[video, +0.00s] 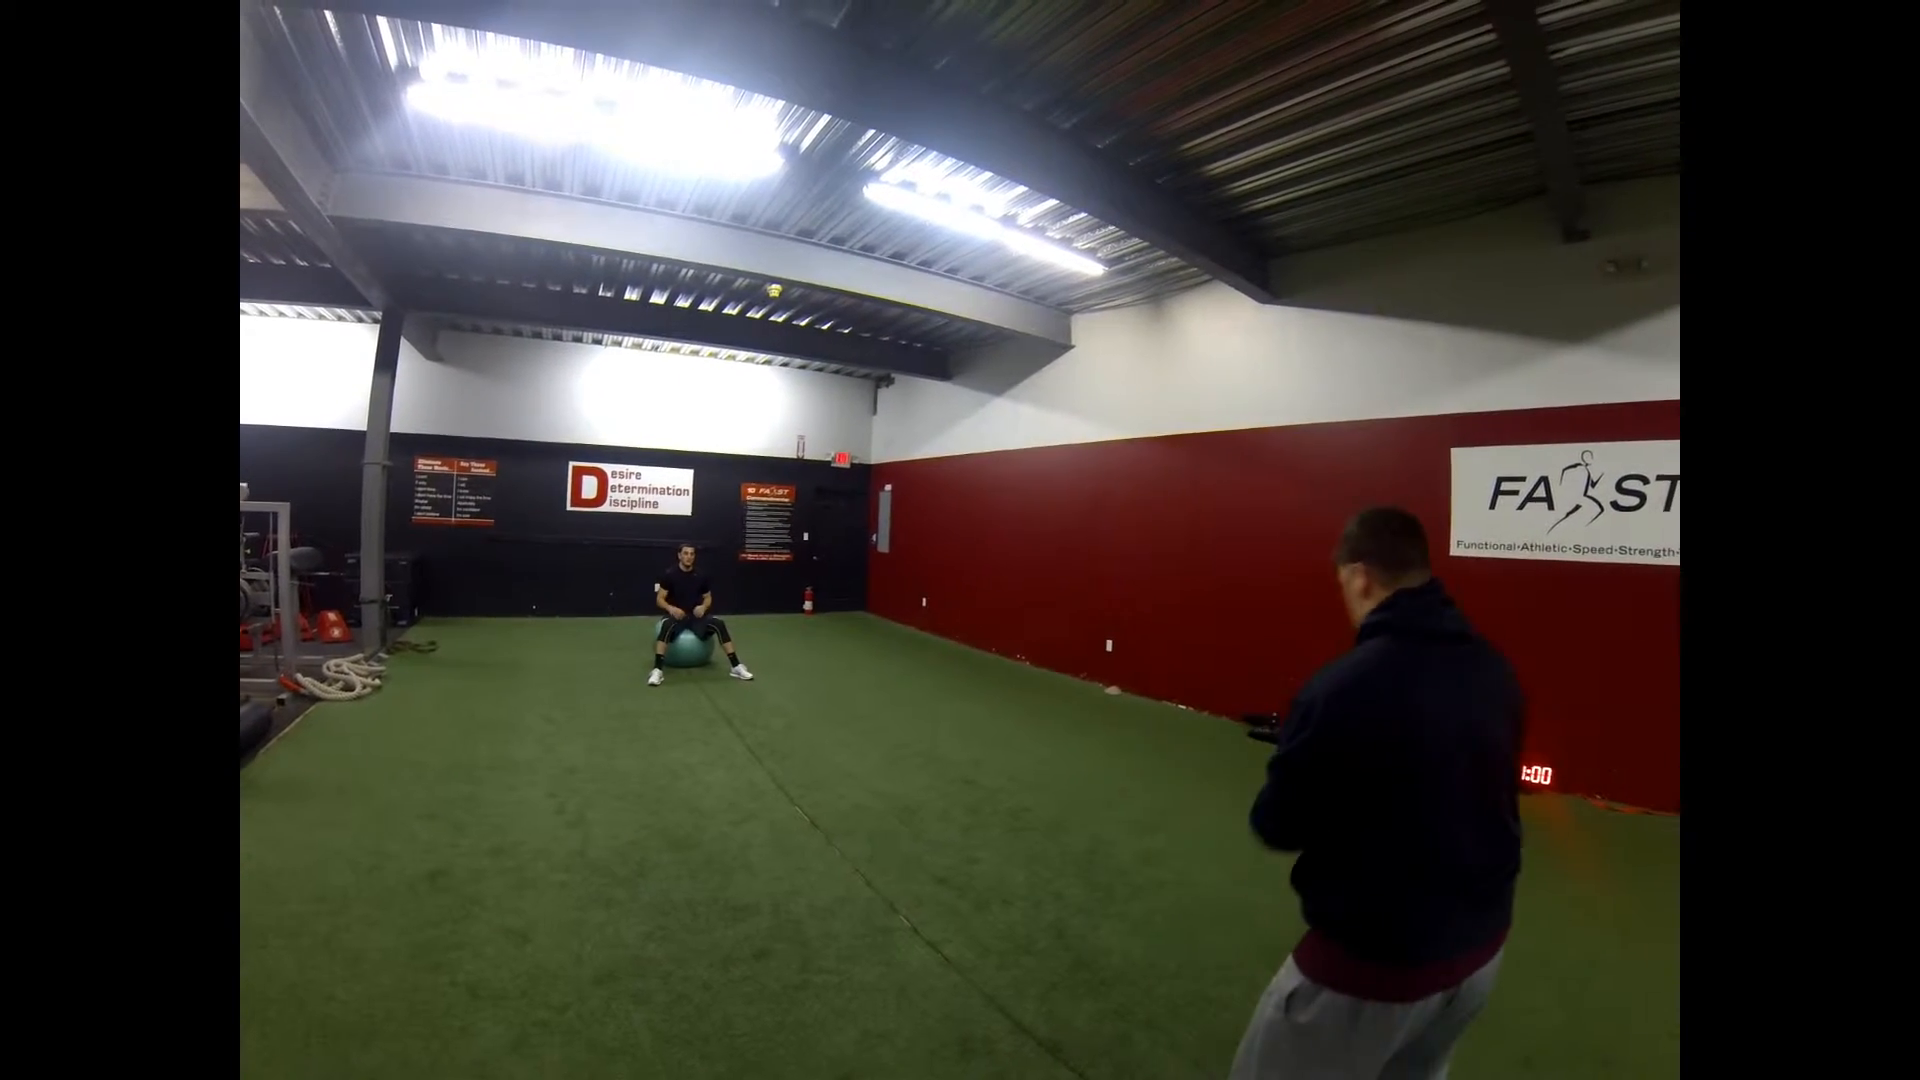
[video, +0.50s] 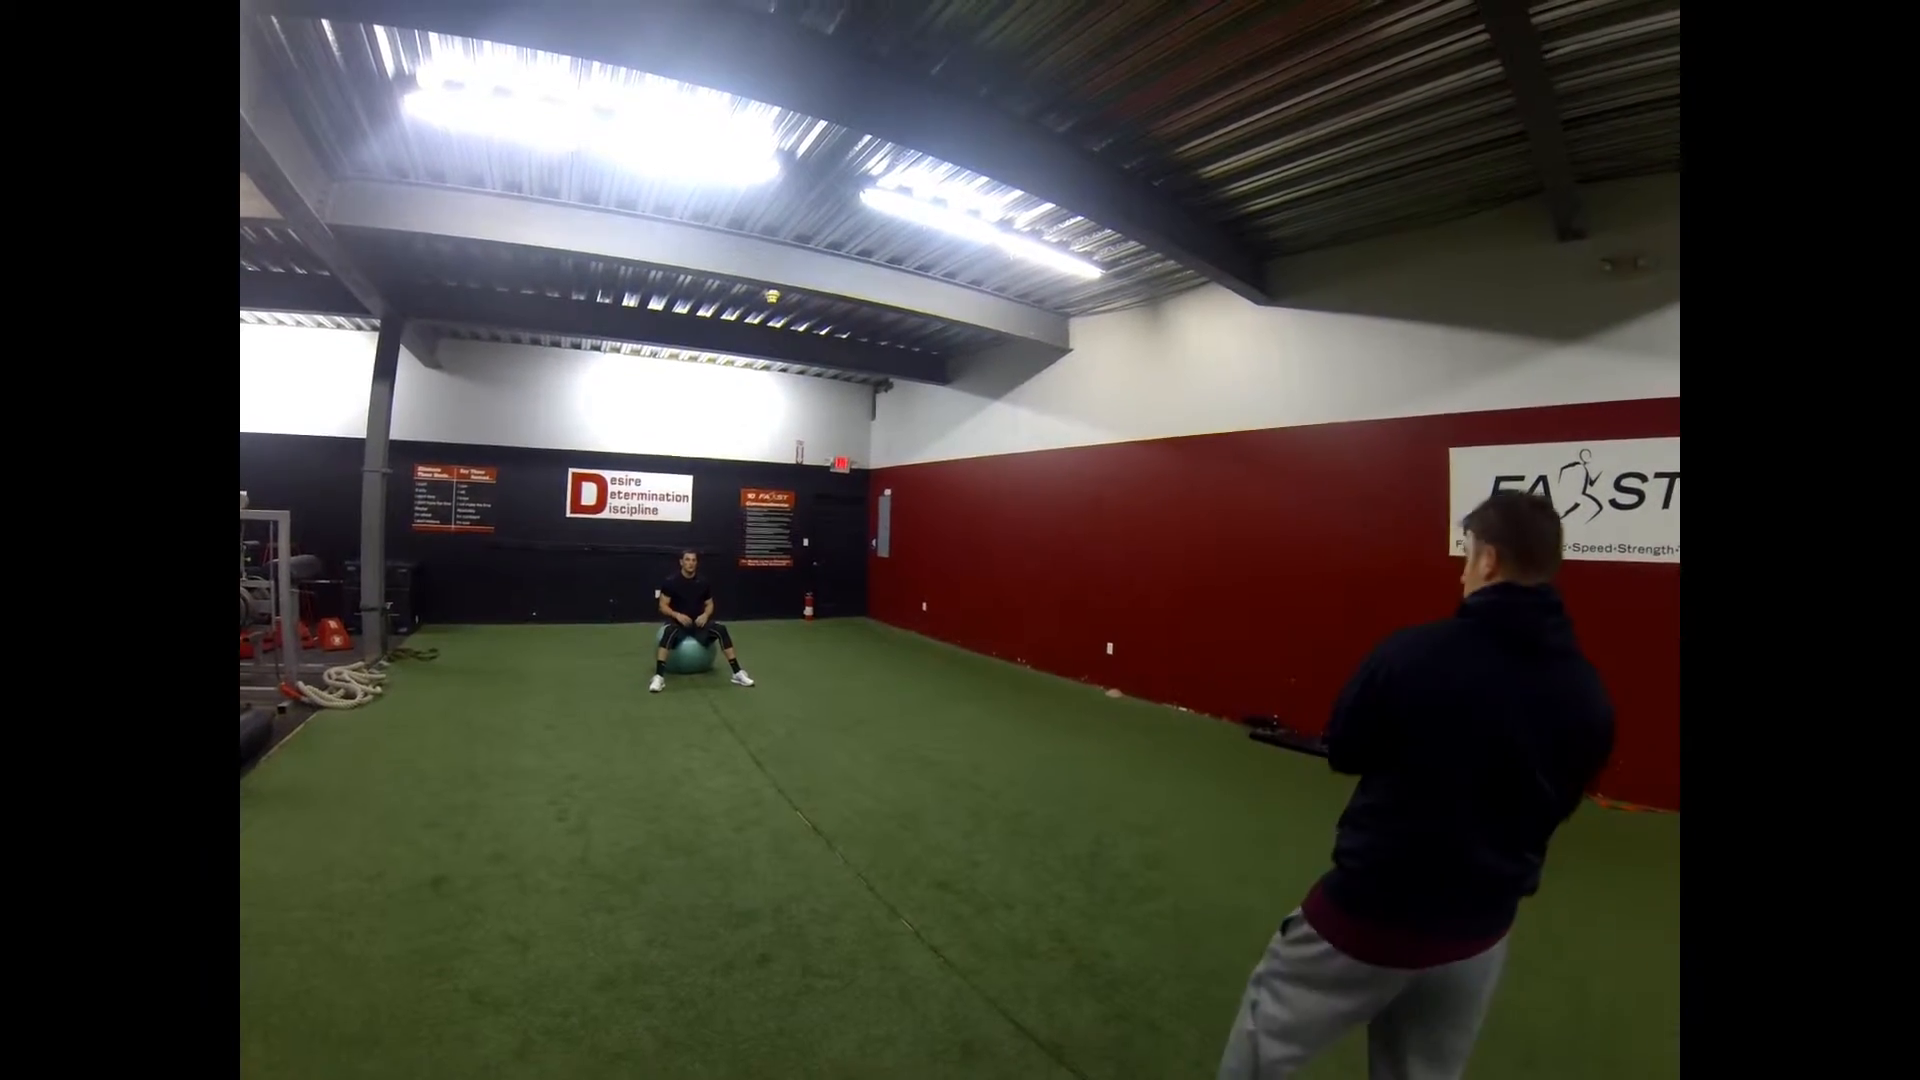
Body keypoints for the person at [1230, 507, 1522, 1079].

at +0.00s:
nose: (1342, 591)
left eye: (1342, 576)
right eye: (1341, 578)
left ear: (1360, 576)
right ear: (1424, 570)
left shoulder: (1343, 690)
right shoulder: (1490, 669)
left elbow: (1276, 823)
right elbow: (1482, 794)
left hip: (1359, 978)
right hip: (1471, 962)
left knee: (1267, 1070)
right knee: (1412, 1072)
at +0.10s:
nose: (1368, 583)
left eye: (1369, 569)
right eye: (1369, 569)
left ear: (1386, 568)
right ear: (1450, 560)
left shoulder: (1352, 683)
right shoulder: (1514, 668)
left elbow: (1285, 809)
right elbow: (1499, 788)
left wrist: (1299, 750)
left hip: (1364, 965)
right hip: (1477, 956)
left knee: (1274, 1072)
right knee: (1416, 1073)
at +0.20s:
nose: (1411, 572)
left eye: (1412, 559)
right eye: (1411, 559)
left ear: (1426, 560)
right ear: (1493, 556)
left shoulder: (1381, 668)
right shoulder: (1548, 671)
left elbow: (1309, 788)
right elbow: (1531, 795)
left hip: (1369, 949)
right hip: (1481, 950)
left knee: (1279, 1071)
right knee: (1418, 1074)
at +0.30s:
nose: (1432, 568)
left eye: (1434, 555)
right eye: (1436, 555)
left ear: (1447, 558)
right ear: (1517, 557)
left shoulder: (1399, 663)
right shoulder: (1565, 675)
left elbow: (1324, 772)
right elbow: (1539, 799)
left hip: (1372, 944)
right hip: (1484, 949)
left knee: (1270, 1067)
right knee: (1424, 1073)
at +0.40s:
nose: (1457, 569)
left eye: (1458, 555)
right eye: (1458, 555)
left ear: (1474, 558)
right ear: (1542, 561)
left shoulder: (1413, 657)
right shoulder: (1583, 689)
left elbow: (1341, 757)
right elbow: (1543, 804)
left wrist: (1428, 733)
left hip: (1370, 927)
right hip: (1483, 941)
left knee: (1263, 1051)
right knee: (1426, 1072)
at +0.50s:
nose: (1463, 572)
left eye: (1467, 557)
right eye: (1464, 557)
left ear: (1489, 561)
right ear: (1551, 567)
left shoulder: (1416, 655)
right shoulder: (1583, 692)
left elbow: (1346, 750)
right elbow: (1551, 805)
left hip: (1369, 913)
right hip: (1479, 930)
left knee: (1269, 1032)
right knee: (1427, 1070)